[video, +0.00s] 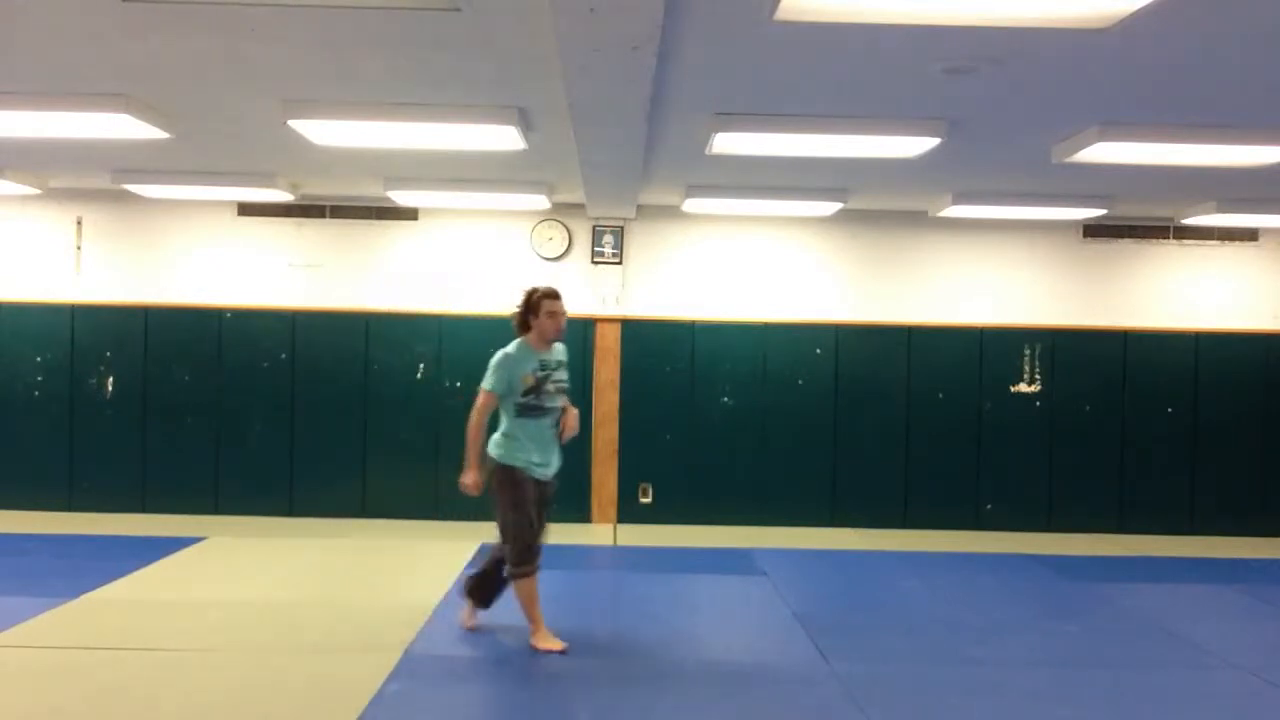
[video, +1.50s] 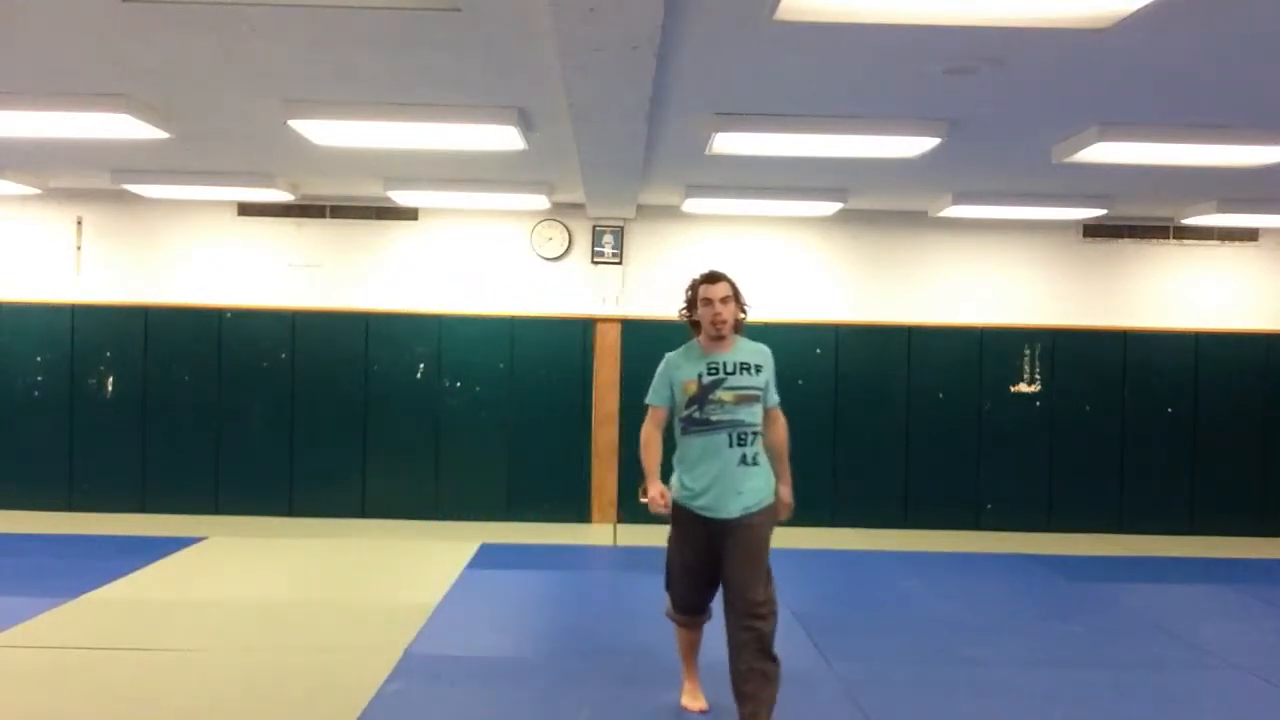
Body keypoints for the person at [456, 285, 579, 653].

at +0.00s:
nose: (560, 321)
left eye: (562, 314)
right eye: (552, 315)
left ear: (562, 318)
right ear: (532, 319)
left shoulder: (560, 353)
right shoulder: (508, 359)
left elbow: (555, 393)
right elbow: (480, 412)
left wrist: (570, 410)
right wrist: (472, 467)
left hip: (546, 462)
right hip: (512, 462)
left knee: (526, 540)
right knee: (522, 544)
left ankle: (476, 594)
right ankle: (538, 630)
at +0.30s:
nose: (606, 321)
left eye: (608, 315)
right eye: (598, 314)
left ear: (608, 318)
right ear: (577, 317)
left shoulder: (603, 357)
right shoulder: (554, 355)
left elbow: (595, 402)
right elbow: (531, 409)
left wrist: (625, 409)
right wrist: (566, 440)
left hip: (597, 470)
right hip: (554, 470)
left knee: (613, 549)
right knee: (547, 550)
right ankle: (539, 629)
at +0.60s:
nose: (658, 317)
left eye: (663, 310)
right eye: (649, 310)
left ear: (668, 316)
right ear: (631, 315)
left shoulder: (670, 355)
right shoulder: (609, 355)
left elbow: (668, 399)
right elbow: (586, 415)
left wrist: (689, 415)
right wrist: (588, 470)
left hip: (663, 475)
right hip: (620, 476)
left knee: (660, 563)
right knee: (614, 562)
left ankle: (662, 646)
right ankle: (576, 610)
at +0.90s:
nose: (684, 316)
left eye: (691, 308)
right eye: (675, 309)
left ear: (700, 314)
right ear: (660, 316)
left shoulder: (712, 356)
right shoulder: (639, 360)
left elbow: (728, 402)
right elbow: (614, 421)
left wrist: (740, 415)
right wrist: (605, 481)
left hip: (698, 480)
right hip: (652, 479)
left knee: (684, 570)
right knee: (669, 573)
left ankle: (660, 634)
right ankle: (685, 669)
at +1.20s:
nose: (695, 308)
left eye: (702, 299)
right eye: (685, 301)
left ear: (712, 305)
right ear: (671, 308)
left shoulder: (729, 350)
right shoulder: (652, 358)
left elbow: (743, 409)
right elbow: (634, 424)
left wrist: (756, 468)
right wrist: (643, 484)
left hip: (730, 487)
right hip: (676, 490)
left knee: (742, 576)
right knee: (680, 589)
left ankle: (718, 653)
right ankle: (688, 677)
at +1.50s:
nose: (717, 310)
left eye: (725, 301)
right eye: (707, 303)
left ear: (738, 307)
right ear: (695, 310)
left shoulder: (760, 356)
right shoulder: (675, 363)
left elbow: (773, 420)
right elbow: (652, 425)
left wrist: (783, 480)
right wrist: (653, 478)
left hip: (752, 503)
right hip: (693, 504)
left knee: (752, 613)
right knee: (688, 602)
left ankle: (756, 710)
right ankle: (690, 678)